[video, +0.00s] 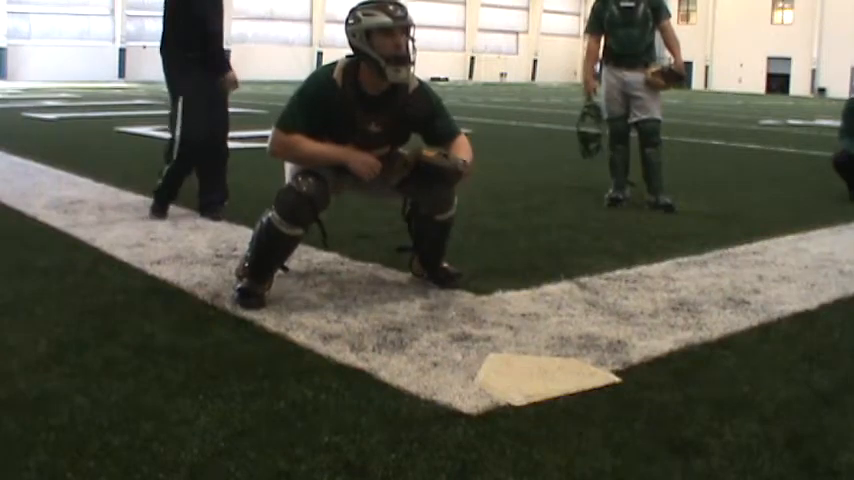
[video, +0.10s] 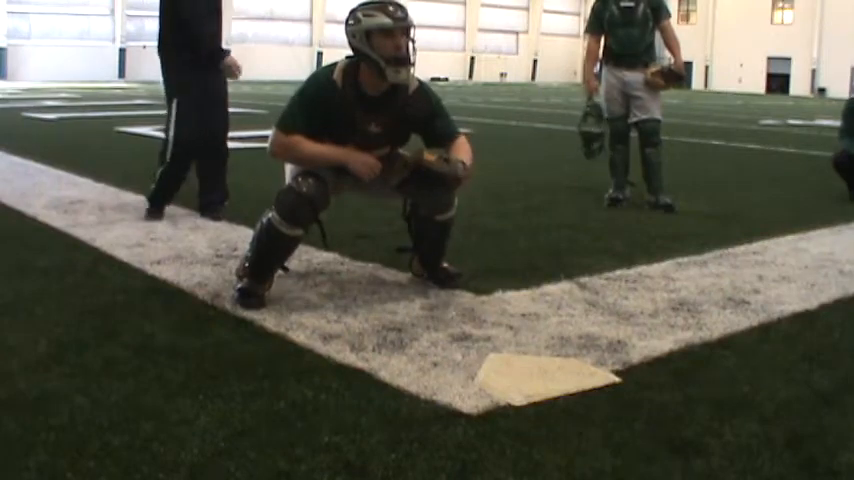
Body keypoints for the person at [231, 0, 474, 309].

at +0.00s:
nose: (400, 44)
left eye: (403, 35)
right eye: (388, 36)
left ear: (409, 37)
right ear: (362, 41)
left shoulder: (413, 92)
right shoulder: (325, 83)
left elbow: (456, 140)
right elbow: (280, 143)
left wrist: (456, 164)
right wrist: (348, 157)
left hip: (382, 166)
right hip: (322, 165)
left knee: (436, 181)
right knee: (305, 193)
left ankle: (430, 264)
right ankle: (254, 278)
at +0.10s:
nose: (400, 45)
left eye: (403, 36)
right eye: (388, 37)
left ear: (409, 38)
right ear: (362, 42)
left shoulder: (414, 93)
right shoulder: (325, 84)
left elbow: (456, 141)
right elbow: (281, 144)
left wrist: (458, 165)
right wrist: (348, 157)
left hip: (382, 166)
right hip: (322, 166)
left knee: (436, 183)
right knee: (306, 193)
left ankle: (429, 264)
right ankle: (254, 278)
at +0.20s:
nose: (400, 47)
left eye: (403, 38)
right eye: (389, 39)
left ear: (409, 40)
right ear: (362, 44)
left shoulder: (414, 94)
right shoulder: (325, 85)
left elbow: (457, 143)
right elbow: (280, 145)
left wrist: (456, 167)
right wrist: (347, 159)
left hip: (383, 165)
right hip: (323, 165)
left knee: (437, 187)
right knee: (306, 194)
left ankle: (429, 264)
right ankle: (254, 278)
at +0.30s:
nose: (401, 51)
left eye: (406, 42)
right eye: (391, 43)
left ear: (412, 42)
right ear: (365, 43)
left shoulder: (416, 92)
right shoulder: (326, 82)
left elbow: (455, 143)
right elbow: (283, 144)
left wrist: (447, 173)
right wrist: (349, 172)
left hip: (381, 159)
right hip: (324, 159)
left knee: (434, 191)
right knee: (304, 196)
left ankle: (429, 263)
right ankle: (255, 278)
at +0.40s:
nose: (402, 60)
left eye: (408, 50)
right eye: (392, 50)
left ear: (415, 46)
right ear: (368, 44)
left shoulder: (418, 81)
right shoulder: (331, 70)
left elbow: (442, 138)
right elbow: (300, 141)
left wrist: (433, 184)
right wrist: (351, 195)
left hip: (375, 153)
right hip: (319, 150)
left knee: (436, 193)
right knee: (304, 192)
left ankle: (431, 264)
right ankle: (253, 277)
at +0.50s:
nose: (400, 64)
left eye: (407, 55)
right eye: (392, 54)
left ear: (417, 51)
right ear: (369, 44)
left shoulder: (418, 79)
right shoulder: (328, 64)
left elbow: (424, 140)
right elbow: (315, 143)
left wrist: (409, 197)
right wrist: (352, 206)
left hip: (366, 158)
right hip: (313, 153)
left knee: (433, 206)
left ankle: (412, 255)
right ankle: (250, 261)